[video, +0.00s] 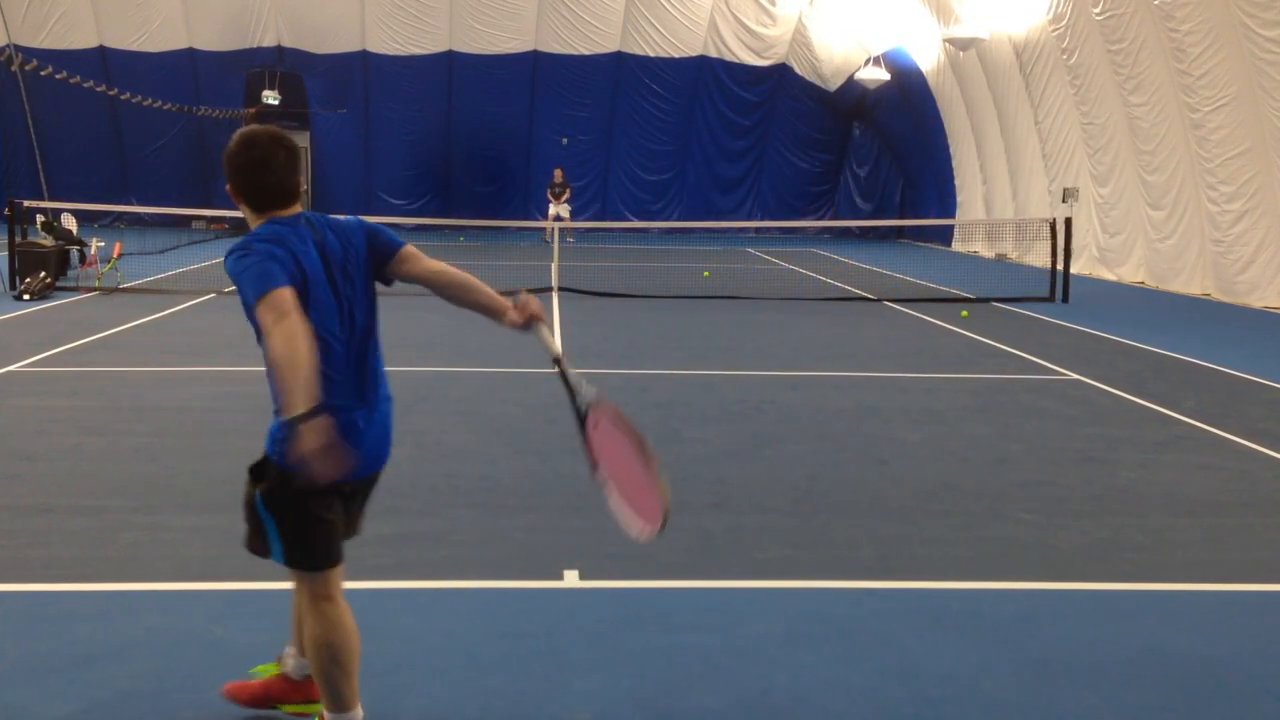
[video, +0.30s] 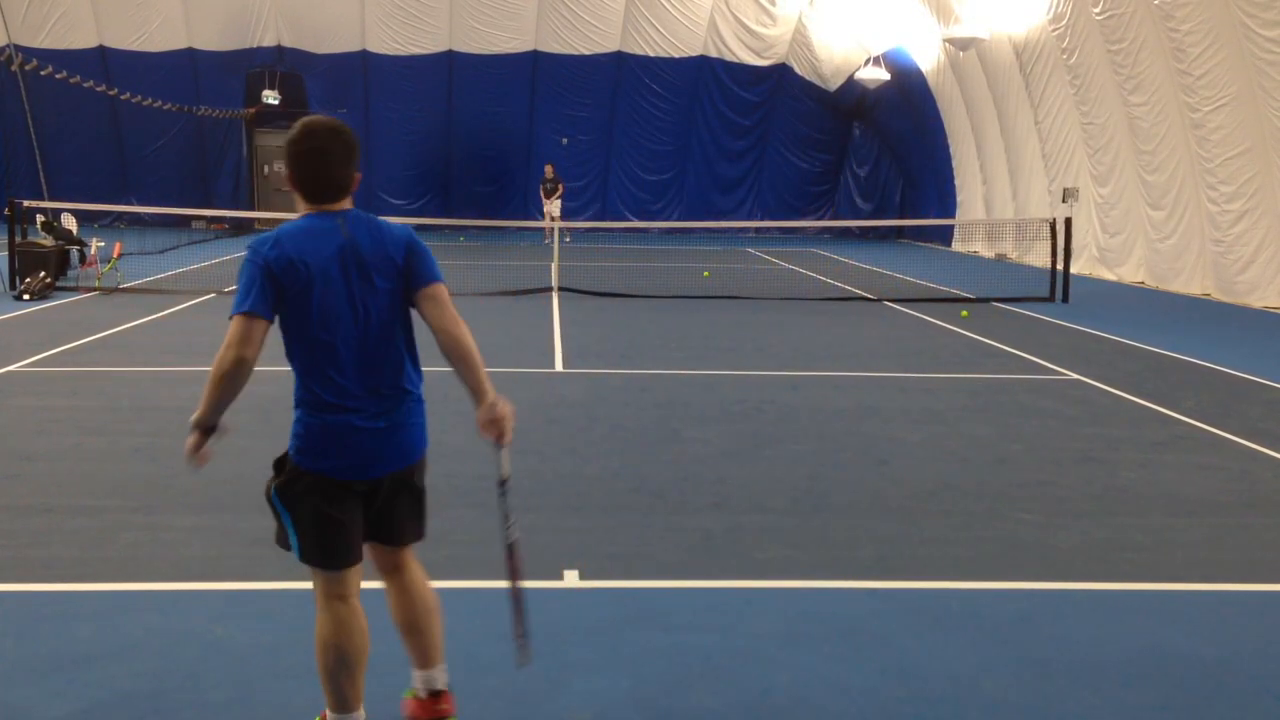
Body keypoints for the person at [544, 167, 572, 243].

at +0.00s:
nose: (557, 174)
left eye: (558, 172)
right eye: (555, 172)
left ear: (561, 174)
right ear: (554, 174)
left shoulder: (565, 184)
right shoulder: (551, 184)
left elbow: (567, 194)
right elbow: (548, 194)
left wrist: (561, 200)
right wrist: (553, 201)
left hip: (563, 204)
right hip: (553, 204)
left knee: (567, 220)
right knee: (550, 219)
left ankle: (569, 236)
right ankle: (548, 236)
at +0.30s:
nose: (547, 171)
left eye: (549, 169)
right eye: (546, 169)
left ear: (552, 170)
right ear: (544, 170)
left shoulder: (556, 179)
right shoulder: (543, 180)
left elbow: (560, 189)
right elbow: (541, 190)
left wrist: (552, 199)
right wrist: (544, 199)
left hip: (555, 200)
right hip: (546, 200)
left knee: (556, 218)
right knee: (547, 218)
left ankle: (565, 232)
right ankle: (548, 236)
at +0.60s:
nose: (541, 170)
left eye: (543, 168)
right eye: (540, 168)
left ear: (547, 169)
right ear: (540, 170)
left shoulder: (552, 178)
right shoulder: (541, 180)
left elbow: (556, 190)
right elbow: (539, 192)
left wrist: (547, 198)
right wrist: (537, 203)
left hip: (551, 200)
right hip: (542, 200)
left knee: (550, 218)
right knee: (536, 214)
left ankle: (555, 237)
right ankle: (543, 233)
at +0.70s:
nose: (538, 168)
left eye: (540, 166)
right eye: (537, 166)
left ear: (544, 167)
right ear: (537, 167)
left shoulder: (549, 176)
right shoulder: (539, 177)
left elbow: (553, 188)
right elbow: (538, 189)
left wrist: (544, 196)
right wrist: (537, 198)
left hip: (548, 199)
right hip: (540, 199)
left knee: (549, 219)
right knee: (533, 215)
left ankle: (554, 238)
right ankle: (535, 235)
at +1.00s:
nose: (526, 171)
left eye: (528, 169)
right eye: (525, 169)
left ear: (532, 169)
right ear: (525, 170)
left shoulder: (537, 178)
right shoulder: (529, 179)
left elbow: (542, 190)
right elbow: (529, 190)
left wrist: (532, 198)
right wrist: (529, 199)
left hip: (537, 201)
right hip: (530, 200)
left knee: (537, 220)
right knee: (524, 218)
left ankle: (550, 232)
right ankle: (529, 237)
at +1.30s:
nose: (521, 169)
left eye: (522, 167)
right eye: (520, 167)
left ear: (526, 167)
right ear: (520, 169)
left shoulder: (531, 176)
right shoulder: (522, 178)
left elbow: (536, 187)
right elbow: (523, 189)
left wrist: (528, 196)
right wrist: (523, 198)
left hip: (533, 198)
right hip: (525, 198)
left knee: (529, 217)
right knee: (522, 217)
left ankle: (540, 235)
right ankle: (527, 235)